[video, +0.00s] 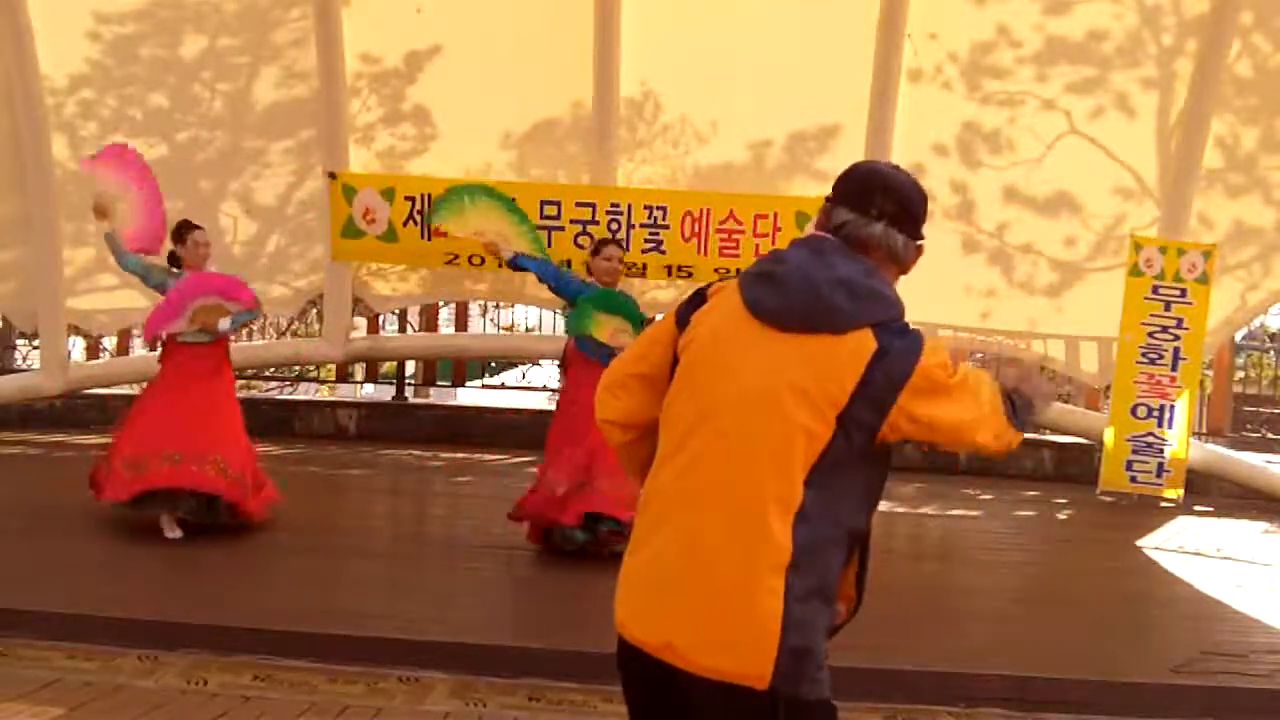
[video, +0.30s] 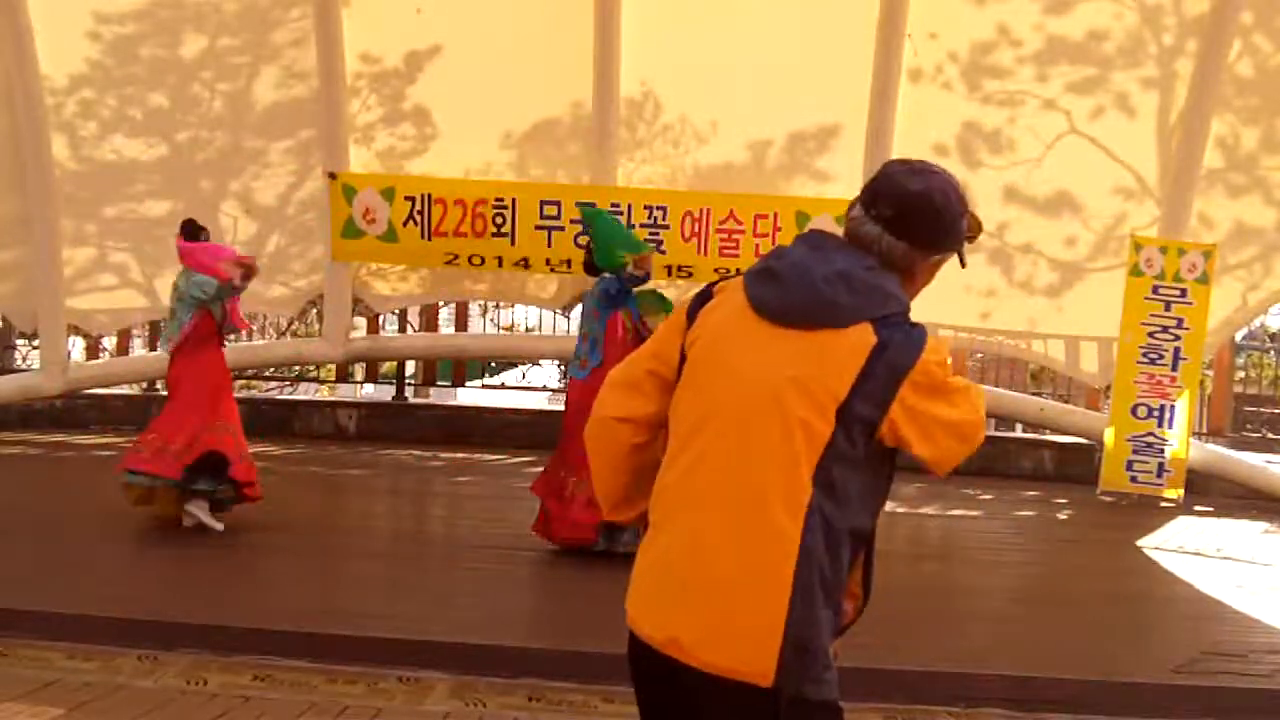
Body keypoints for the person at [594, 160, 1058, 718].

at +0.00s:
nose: (900, 272)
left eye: (904, 259)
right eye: (905, 259)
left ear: (822, 223)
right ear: (902, 256)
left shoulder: (712, 306)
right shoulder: (885, 352)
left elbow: (620, 401)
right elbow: (985, 421)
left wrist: (671, 488)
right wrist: (1016, 397)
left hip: (647, 629)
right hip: (760, 655)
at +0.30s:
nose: (934, 276)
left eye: (943, 263)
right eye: (941, 263)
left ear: (850, 223)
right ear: (924, 266)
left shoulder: (718, 300)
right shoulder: (893, 344)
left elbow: (616, 412)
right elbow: (958, 436)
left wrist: (646, 510)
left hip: (656, 631)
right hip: (767, 659)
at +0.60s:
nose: (919, 230)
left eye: (924, 213)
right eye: (923, 214)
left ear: (827, 192)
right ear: (912, 217)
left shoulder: (721, 292)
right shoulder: (885, 311)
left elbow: (636, 407)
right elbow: (1020, 335)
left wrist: (644, 518)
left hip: (688, 632)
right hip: (790, 652)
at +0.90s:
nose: (897, 231)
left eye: (899, 214)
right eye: (899, 214)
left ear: (803, 202)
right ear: (883, 219)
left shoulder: (723, 289)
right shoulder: (857, 322)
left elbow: (649, 420)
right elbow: (1002, 413)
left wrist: (676, 512)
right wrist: (1143, 369)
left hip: (689, 623)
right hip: (780, 643)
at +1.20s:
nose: (879, 211)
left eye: (877, 193)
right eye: (880, 196)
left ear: (779, 190)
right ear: (868, 206)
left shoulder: (707, 283)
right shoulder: (825, 310)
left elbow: (641, 420)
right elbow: (839, 500)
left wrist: (697, 506)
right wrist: (953, 589)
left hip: (671, 613)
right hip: (757, 636)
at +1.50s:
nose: (858, 217)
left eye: (858, 200)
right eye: (860, 203)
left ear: (765, 190)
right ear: (850, 211)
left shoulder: (682, 291)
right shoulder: (833, 319)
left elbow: (631, 430)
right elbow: (855, 506)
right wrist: (937, 623)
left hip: (652, 608)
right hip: (759, 626)